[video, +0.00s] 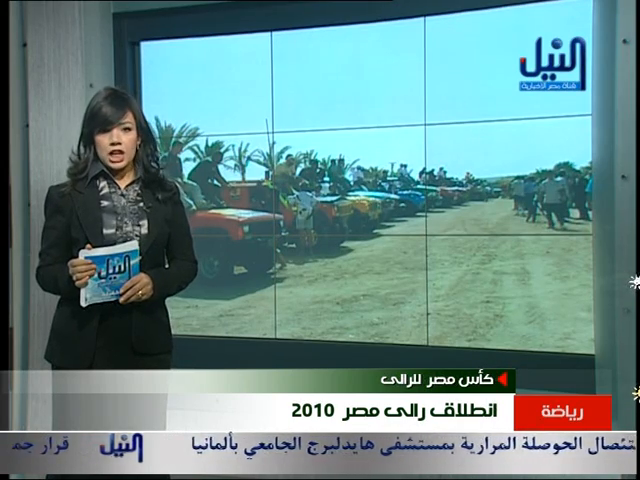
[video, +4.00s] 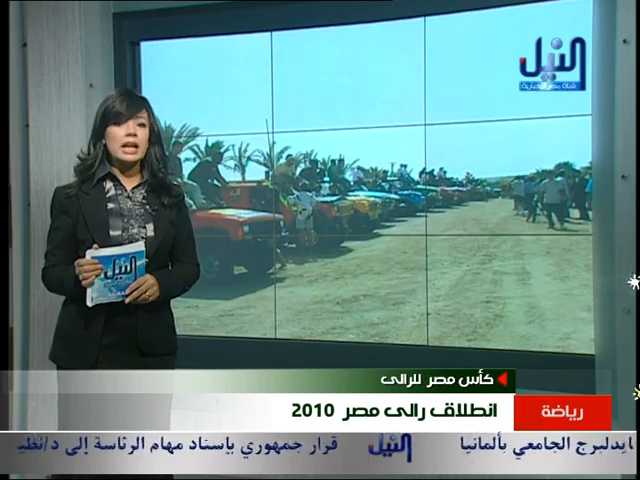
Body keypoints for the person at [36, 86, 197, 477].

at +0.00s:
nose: (116, 140)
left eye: (126, 129)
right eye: (105, 130)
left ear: (140, 136)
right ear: (91, 138)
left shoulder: (164, 194)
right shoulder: (65, 197)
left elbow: (186, 265)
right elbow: (46, 272)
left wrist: (156, 281)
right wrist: (69, 275)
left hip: (145, 348)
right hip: (81, 349)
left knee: (145, 451)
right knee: (78, 452)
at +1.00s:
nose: (129, 134)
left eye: (138, 126)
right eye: (119, 125)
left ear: (148, 137)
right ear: (99, 134)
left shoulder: (166, 195)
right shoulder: (67, 197)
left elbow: (185, 265)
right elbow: (48, 273)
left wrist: (158, 281)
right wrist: (72, 275)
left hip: (146, 348)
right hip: (82, 349)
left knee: (145, 452)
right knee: (78, 452)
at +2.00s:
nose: (125, 135)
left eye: (135, 125)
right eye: (114, 127)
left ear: (148, 134)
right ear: (100, 137)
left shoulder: (170, 196)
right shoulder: (72, 198)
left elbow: (189, 266)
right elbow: (52, 272)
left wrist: (162, 282)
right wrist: (76, 275)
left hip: (150, 348)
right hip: (85, 348)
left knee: (149, 452)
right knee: (83, 452)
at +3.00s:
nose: (123, 140)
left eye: (132, 129)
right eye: (112, 130)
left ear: (146, 137)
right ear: (98, 139)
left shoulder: (169, 197)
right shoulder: (71, 198)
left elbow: (190, 268)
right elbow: (52, 273)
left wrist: (160, 282)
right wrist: (74, 275)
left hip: (150, 349)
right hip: (85, 350)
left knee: (150, 452)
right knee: (83, 452)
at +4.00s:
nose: (130, 133)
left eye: (139, 125)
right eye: (120, 124)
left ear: (151, 135)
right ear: (102, 135)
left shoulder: (170, 197)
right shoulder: (71, 197)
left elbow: (189, 267)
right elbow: (52, 273)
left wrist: (161, 282)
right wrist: (76, 275)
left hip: (151, 349)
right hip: (86, 349)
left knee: (151, 451)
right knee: (83, 452)